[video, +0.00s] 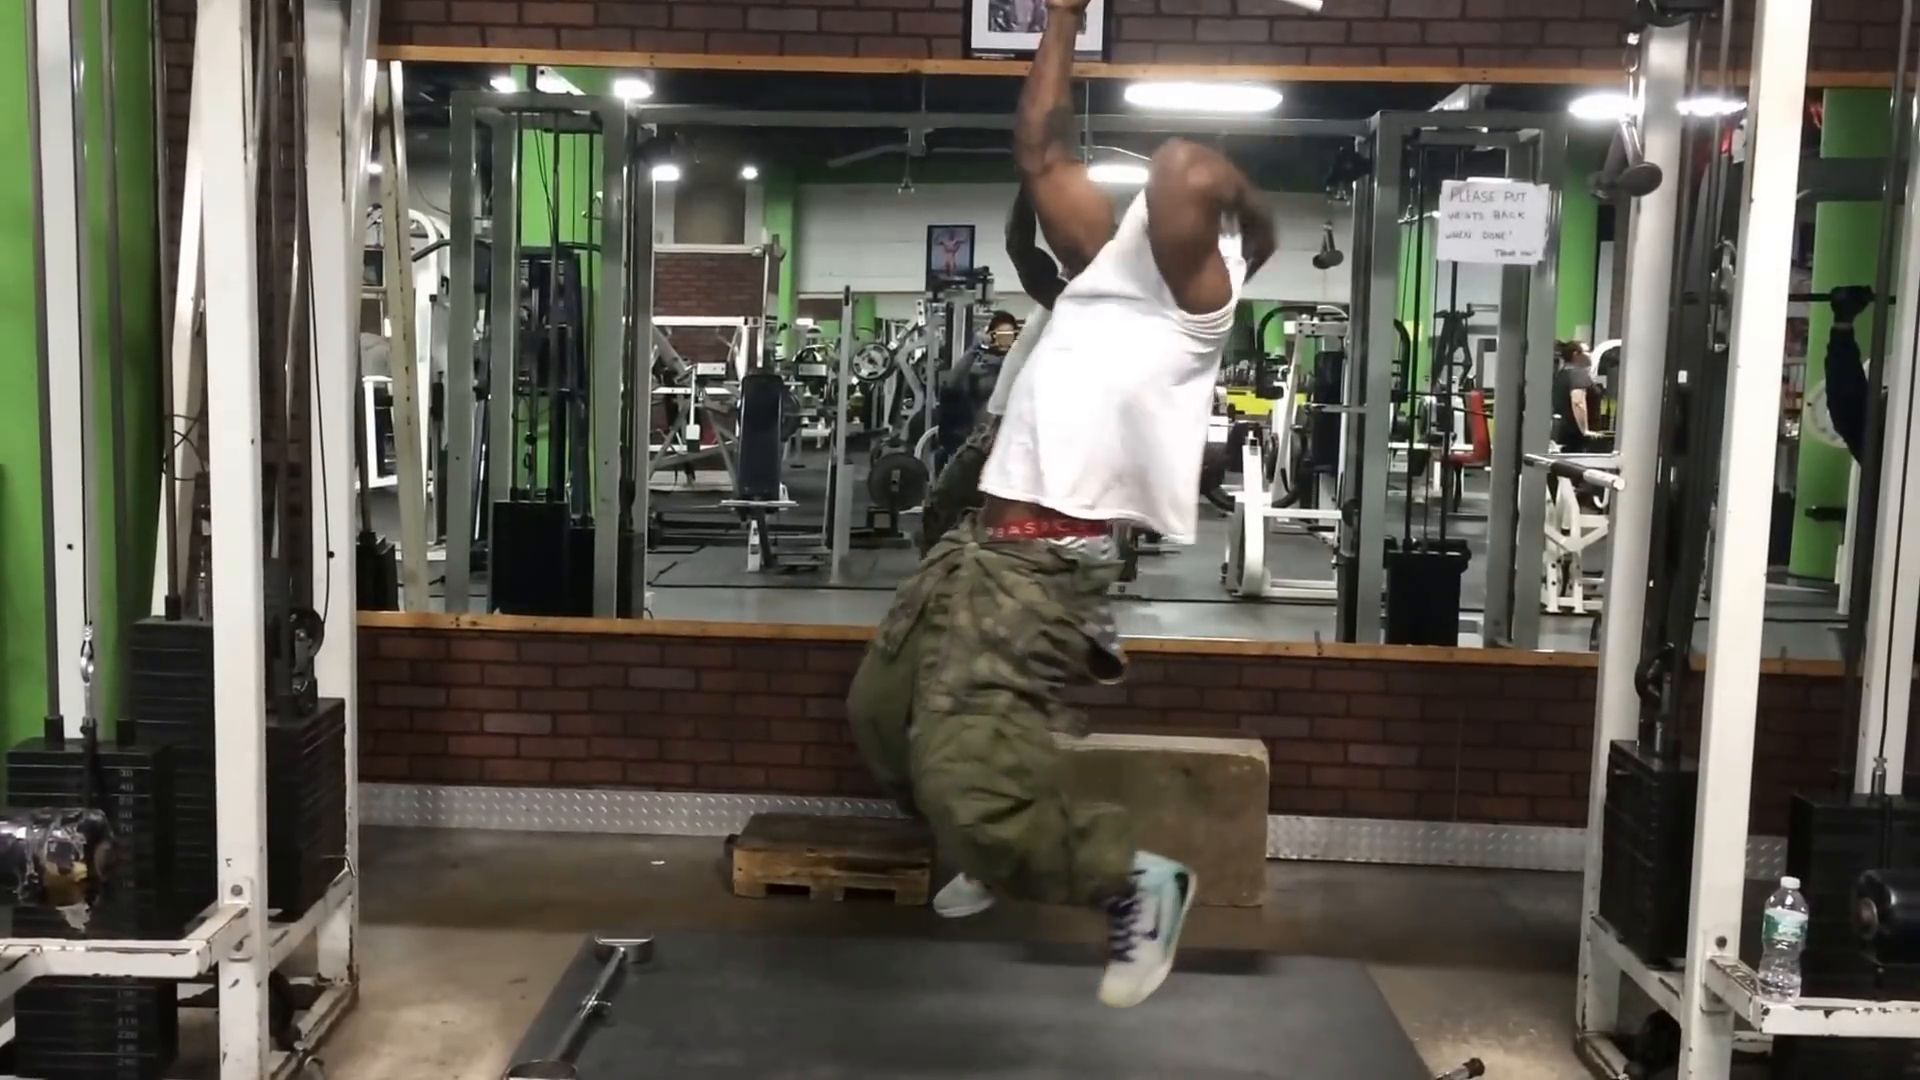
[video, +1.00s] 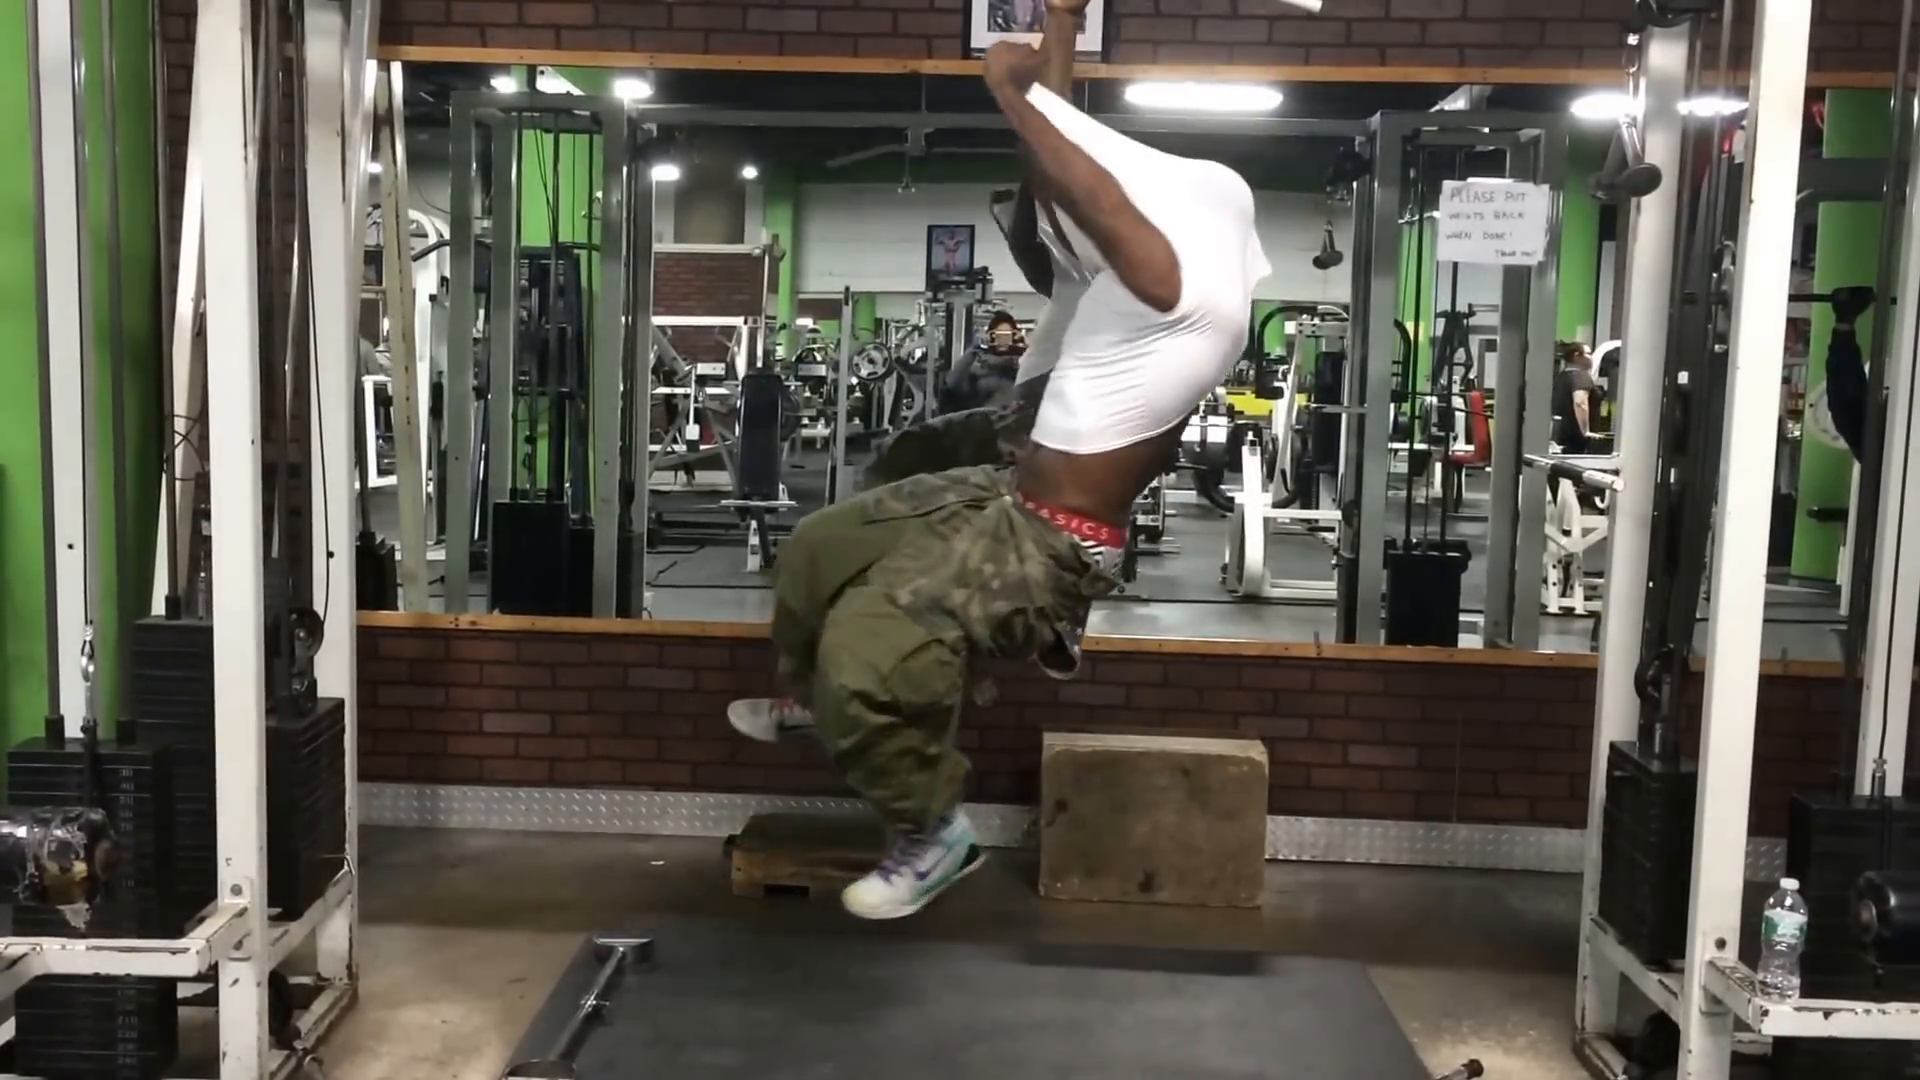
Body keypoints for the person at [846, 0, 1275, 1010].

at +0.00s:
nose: (1162, 168)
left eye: (1182, 166)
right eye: (1161, 161)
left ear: (1215, 207)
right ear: (1150, 195)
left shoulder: (1196, 280)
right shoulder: (1105, 265)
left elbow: (1181, 179)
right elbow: (1038, 153)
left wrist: (1211, 173)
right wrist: (1062, 24)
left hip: (1049, 563)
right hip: (977, 546)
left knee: (967, 790)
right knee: (880, 711)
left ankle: (1136, 882)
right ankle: (977, 851)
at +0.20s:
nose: (1075, 202)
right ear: (1075, 219)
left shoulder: (1170, 282)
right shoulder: (1096, 265)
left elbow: (1187, 160)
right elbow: (1034, 144)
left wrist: (1240, 234)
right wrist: (1063, 18)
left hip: (998, 562)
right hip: (941, 541)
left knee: (880, 770)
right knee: (842, 711)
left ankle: (1051, 904)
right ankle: (948, 860)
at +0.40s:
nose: (1079, 182)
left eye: (1089, 175)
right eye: (1074, 177)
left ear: (1141, 197)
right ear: (1083, 208)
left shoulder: (1153, 279)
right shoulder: (1081, 263)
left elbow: (1179, 144)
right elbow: (1032, 147)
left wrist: (1232, 156)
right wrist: (1058, 22)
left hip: (969, 549)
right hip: (929, 528)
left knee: (809, 737)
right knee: (829, 688)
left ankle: (959, 905)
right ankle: (932, 855)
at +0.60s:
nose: (1058, 176)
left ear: (1128, 199)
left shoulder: (1159, 281)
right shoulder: (1092, 279)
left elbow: (1112, 142)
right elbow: (1031, 151)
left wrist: (1155, 71)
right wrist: (1056, 26)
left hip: (977, 543)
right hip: (942, 518)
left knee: (788, 697)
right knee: (787, 638)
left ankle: (899, 881)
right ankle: (866, 825)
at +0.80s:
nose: (1050, 258)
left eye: (1051, 243)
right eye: (1042, 247)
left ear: (1072, 226)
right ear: (1062, 229)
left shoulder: (1159, 282)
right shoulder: (1128, 281)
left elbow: (1051, 189)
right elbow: (1052, 183)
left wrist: (1054, 57)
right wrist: (1056, 67)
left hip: (1018, 540)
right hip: (978, 502)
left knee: (810, 659)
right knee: (788, 580)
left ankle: (886, 839)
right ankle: (806, 752)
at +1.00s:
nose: (1062, 225)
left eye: (1064, 206)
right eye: (1052, 210)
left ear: (1117, 198)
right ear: (1060, 213)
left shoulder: (1194, 287)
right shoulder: (1122, 271)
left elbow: (1101, 203)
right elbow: (1059, 130)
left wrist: (1015, 91)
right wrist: (1068, 27)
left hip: (1049, 541)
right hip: (1000, 488)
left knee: (857, 660)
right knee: (811, 554)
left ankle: (932, 832)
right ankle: (804, 698)